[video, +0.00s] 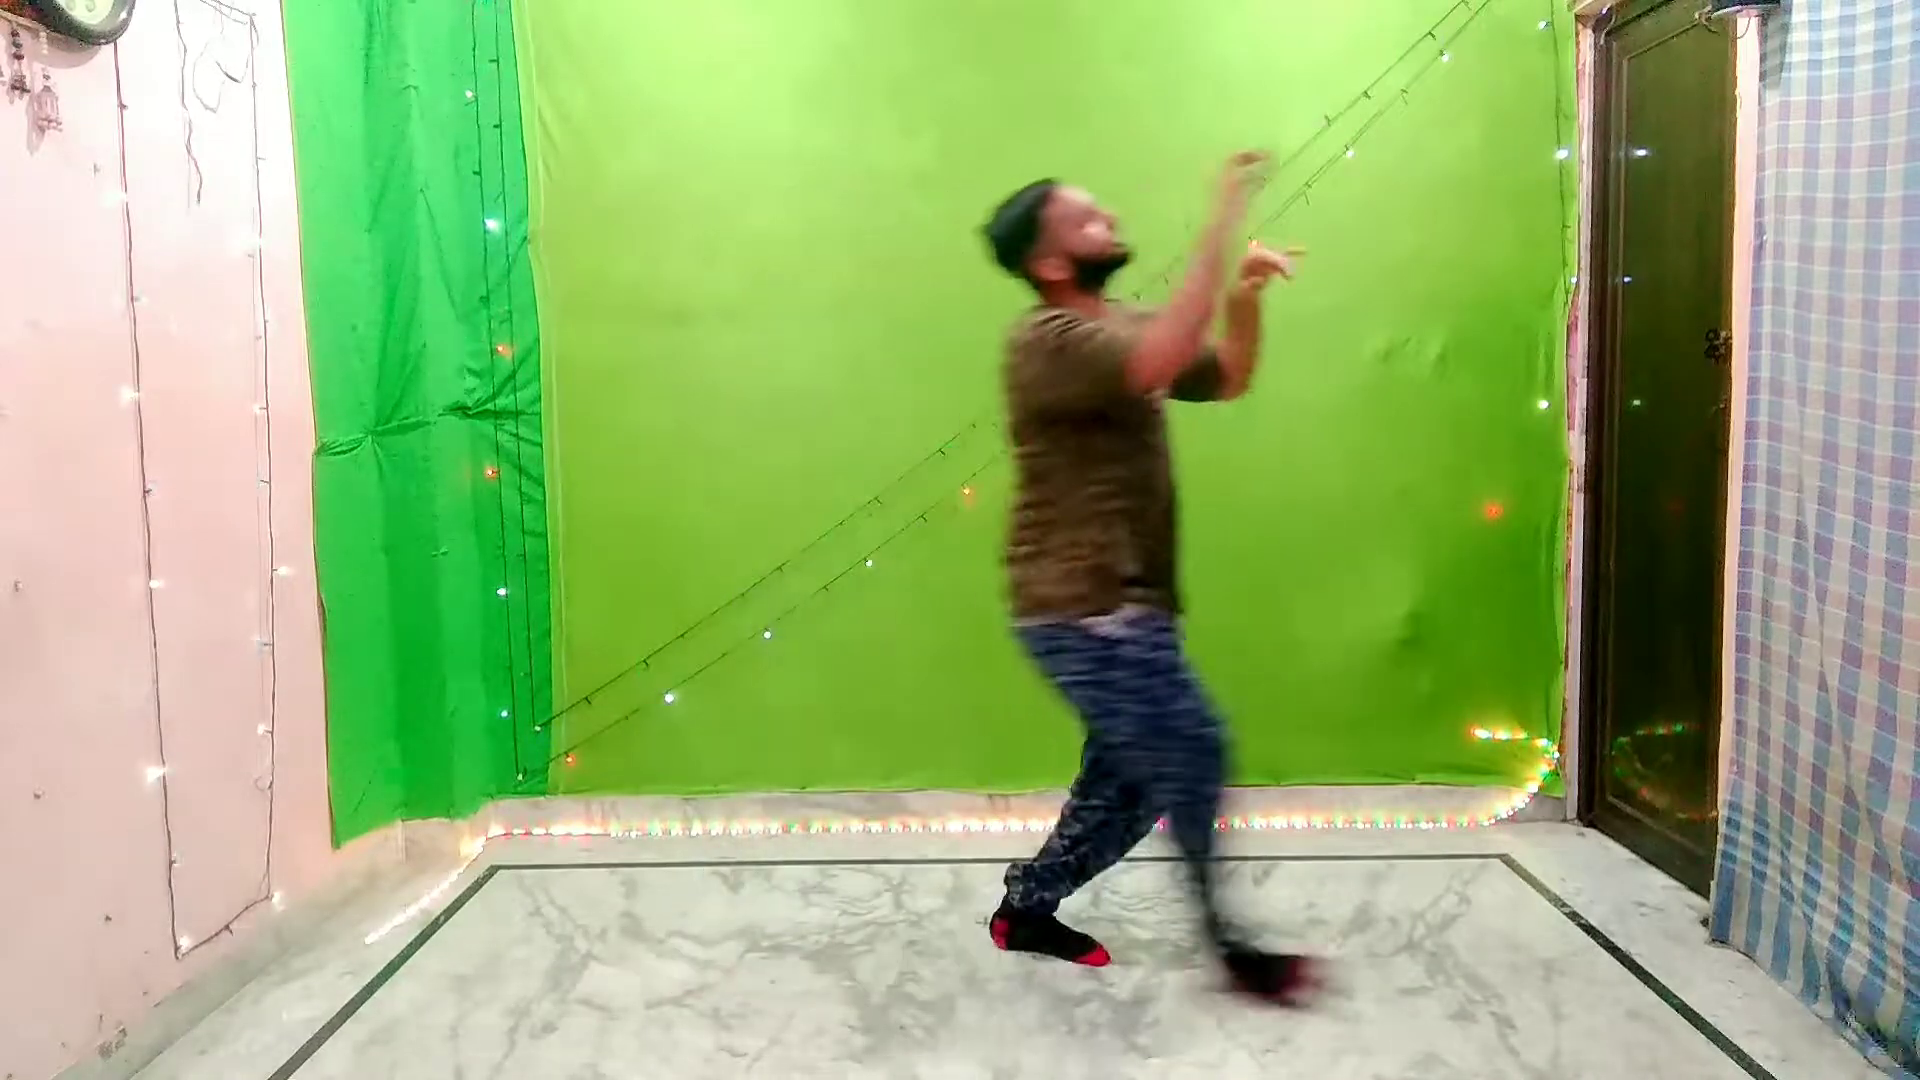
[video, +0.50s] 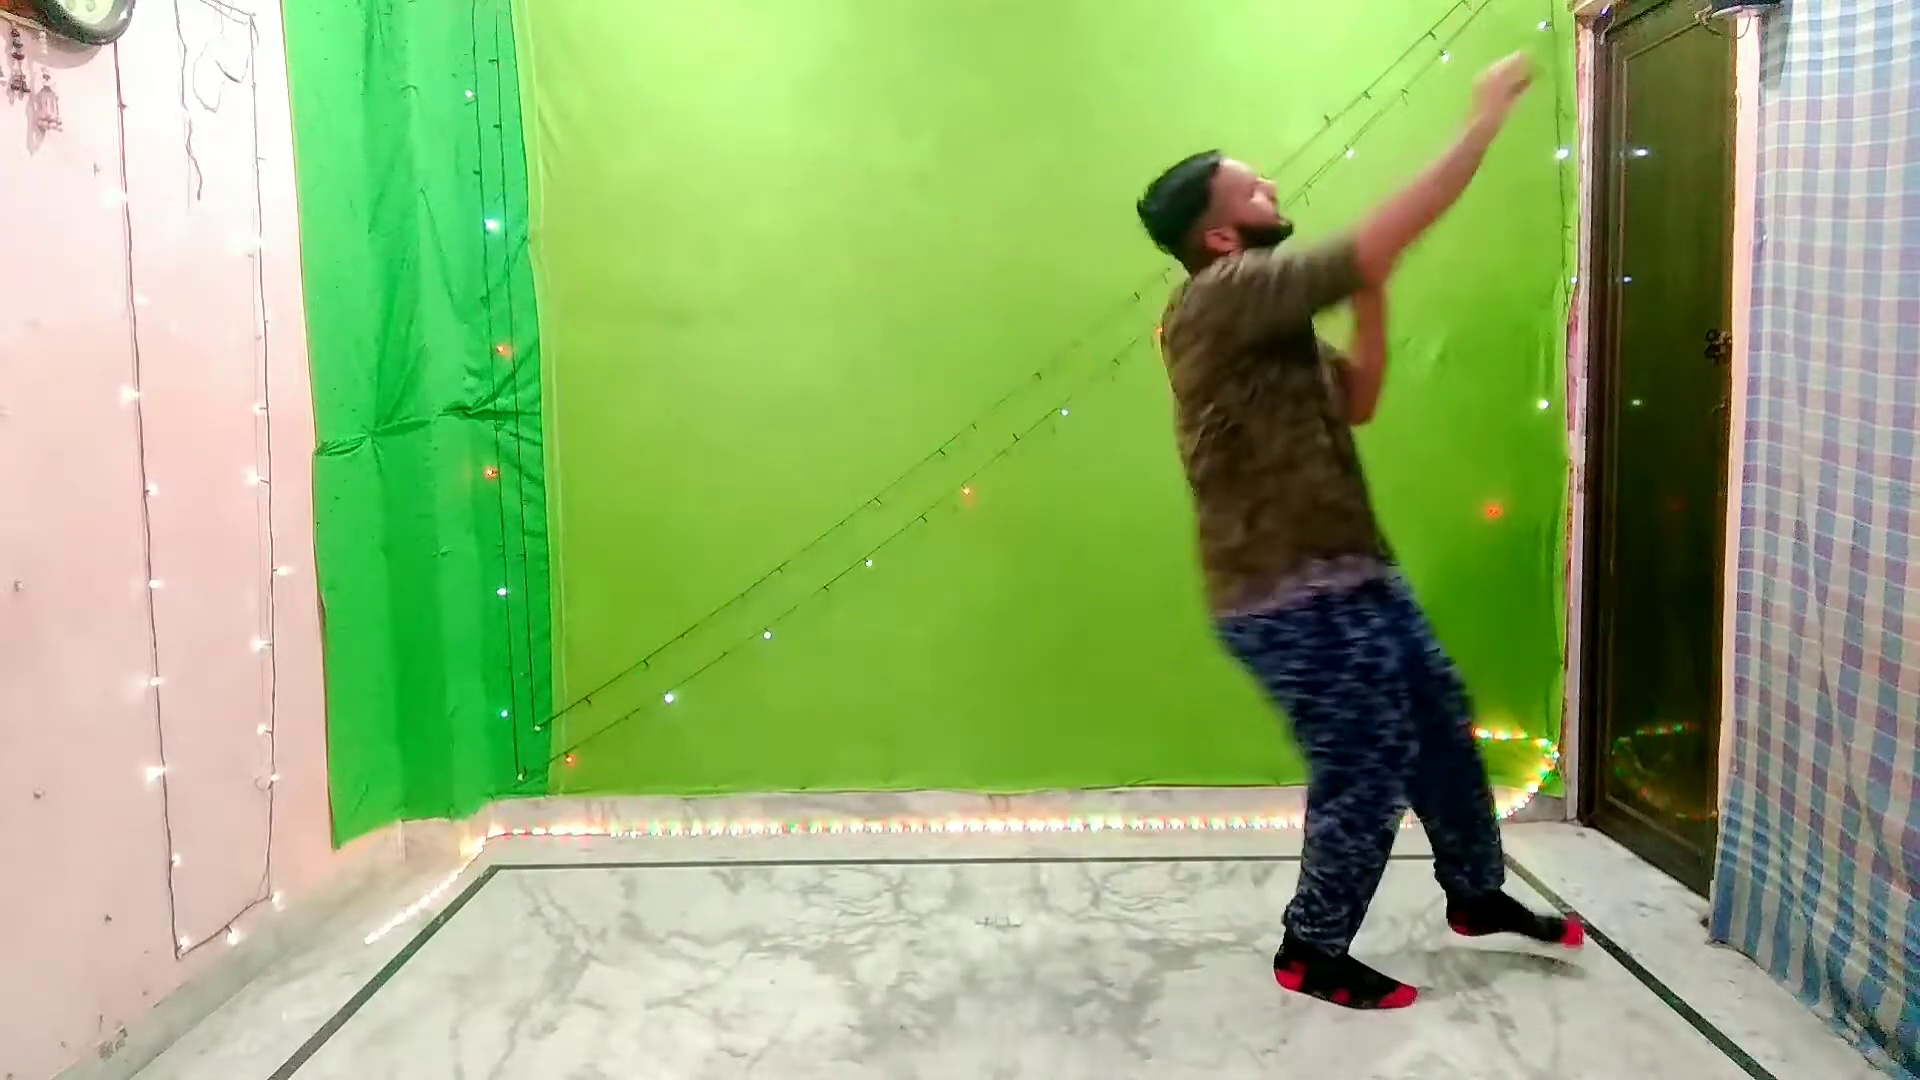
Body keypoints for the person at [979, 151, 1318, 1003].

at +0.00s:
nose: (1105, 219)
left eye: (1095, 208)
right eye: (1083, 216)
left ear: (1064, 258)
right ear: (1048, 260)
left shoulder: (1122, 326)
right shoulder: (1049, 341)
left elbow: (1225, 377)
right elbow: (1158, 358)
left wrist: (1245, 296)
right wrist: (1222, 224)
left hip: (1130, 604)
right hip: (1080, 610)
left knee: (1133, 774)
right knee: (1190, 745)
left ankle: (1030, 908)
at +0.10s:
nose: (1142, 209)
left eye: (1131, 198)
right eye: (1120, 206)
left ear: (1101, 247)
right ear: (1086, 248)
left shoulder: (1138, 329)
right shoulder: (1093, 332)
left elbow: (1250, 381)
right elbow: (1216, 326)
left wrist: (1265, 292)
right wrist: (1297, 193)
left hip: (1163, 606)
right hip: (1131, 611)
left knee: (1156, 773)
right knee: (1246, 750)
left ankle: (1038, 895)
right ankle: (1304, 948)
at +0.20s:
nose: (1195, 204)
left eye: (1183, 195)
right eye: (1174, 201)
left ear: (1140, 245)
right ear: (1140, 240)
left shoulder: (1176, 320)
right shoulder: (1170, 302)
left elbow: (1278, 421)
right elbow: (1310, 222)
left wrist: (1272, 312)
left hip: (1195, 604)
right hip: (1202, 603)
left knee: (1267, 765)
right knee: (1313, 765)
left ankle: (1141, 860)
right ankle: (1309, 952)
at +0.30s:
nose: (1229, 201)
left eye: (1215, 190)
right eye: (1208, 197)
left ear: (1173, 243)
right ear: (1174, 236)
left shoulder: (1210, 309)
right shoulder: (1197, 297)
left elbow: (1308, 410)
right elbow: (1345, 206)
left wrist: (1298, 300)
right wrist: (1477, 107)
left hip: (1258, 589)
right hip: (1215, 603)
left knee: (1364, 703)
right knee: (1332, 755)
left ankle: (1276, 858)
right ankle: (1310, 950)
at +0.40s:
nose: (1252, 193)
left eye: (1238, 183)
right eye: (1230, 190)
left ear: (1194, 235)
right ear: (1193, 230)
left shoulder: (1235, 306)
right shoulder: (1211, 294)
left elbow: (1329, 398)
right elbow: (1365, 201)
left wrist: (1326, 290)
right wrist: (1498, 101)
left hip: (1294, 584)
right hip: (1236, 597)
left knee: (1402, 700)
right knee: (1339, 755)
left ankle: (1396, 891)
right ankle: (1312, 952)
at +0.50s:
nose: (1272, 194)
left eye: (1260, 184)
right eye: (1252, 188)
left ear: (1216, 231)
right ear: (1214, 228)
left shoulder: (1255, 312)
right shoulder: (1215, 300)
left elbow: (1354, 399)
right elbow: (1368, 245)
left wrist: (1370, 286)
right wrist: (1481, 129)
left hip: (1351, 573)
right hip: (1287, 590)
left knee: (1438, 721)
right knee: (1365, 754)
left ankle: (1478, 896)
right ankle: (1313, 951)